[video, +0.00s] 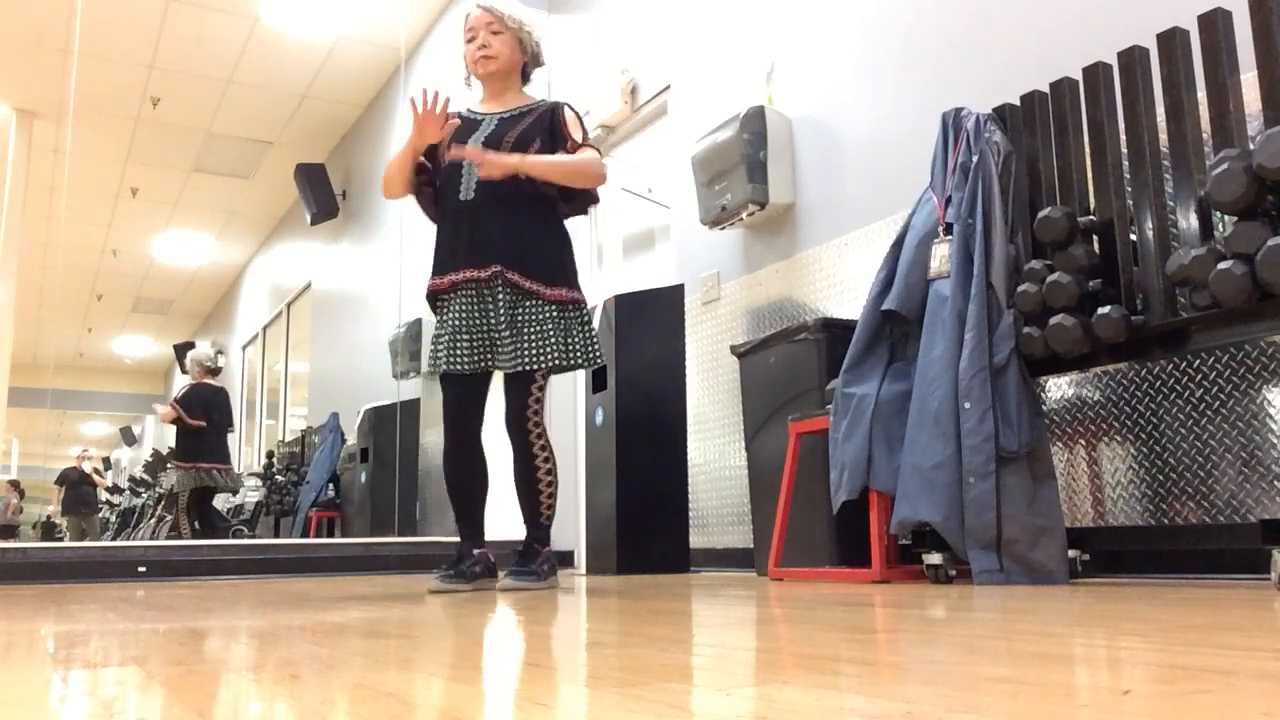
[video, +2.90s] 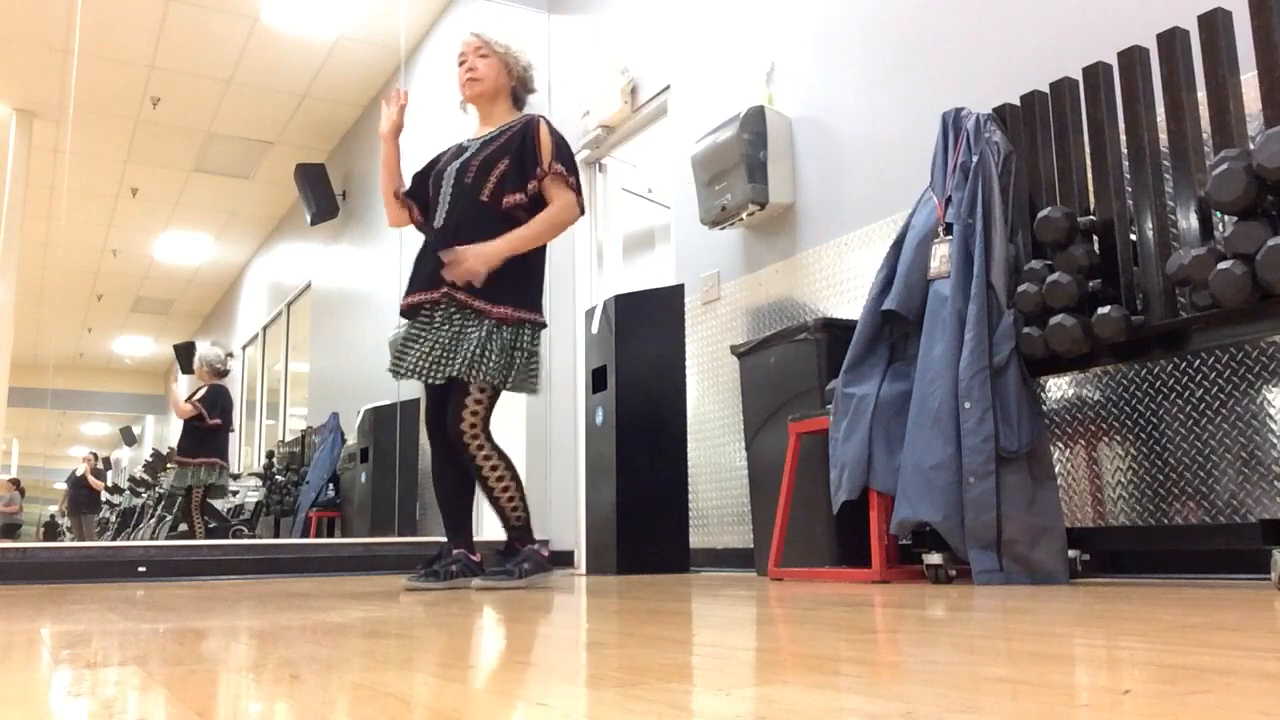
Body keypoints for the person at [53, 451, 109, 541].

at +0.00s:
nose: (85, 461)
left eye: (88, 458)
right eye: (83, 458)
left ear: (91, 460)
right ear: (77, 458)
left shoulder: (94, 471)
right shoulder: (68, 471)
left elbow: (103, 484)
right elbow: (58, 489)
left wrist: (91, 473)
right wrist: (55, 507)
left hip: (91, 512)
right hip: (73, 512)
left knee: (95, 538)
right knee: (74, 540)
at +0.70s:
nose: (96, 460)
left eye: (99, 458)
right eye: (94, 457)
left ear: (103, 460)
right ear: (89, 458)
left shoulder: (107, 473)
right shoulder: (80, 471)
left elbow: (114, 486)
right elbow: (69, 487)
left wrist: (102, 473)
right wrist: (67, 504)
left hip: (99, 512)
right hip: (81, 511)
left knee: (97, 540)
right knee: (78, 539)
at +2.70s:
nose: (86, 463)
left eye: (90, 460)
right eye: (84, 460)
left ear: (95, 462)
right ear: (82, 461)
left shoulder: (100, 472)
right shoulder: (75, 472)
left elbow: (101, 487)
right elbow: (67, 490)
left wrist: (89, 475)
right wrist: (60, 504)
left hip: (90, 509)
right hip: (74, 510)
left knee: (91, 538)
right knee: (79, 538)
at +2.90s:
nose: (86, 463)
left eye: (89, 460)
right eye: (84, 460)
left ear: (95, 462)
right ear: (81, 461)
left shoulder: (99, 472)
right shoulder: (76, 472)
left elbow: (100, 487)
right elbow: (67, 490)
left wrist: (88, 475)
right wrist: (60, 505)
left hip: (89, 508)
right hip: (74, 508)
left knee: (89, 537)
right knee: (78, 537)